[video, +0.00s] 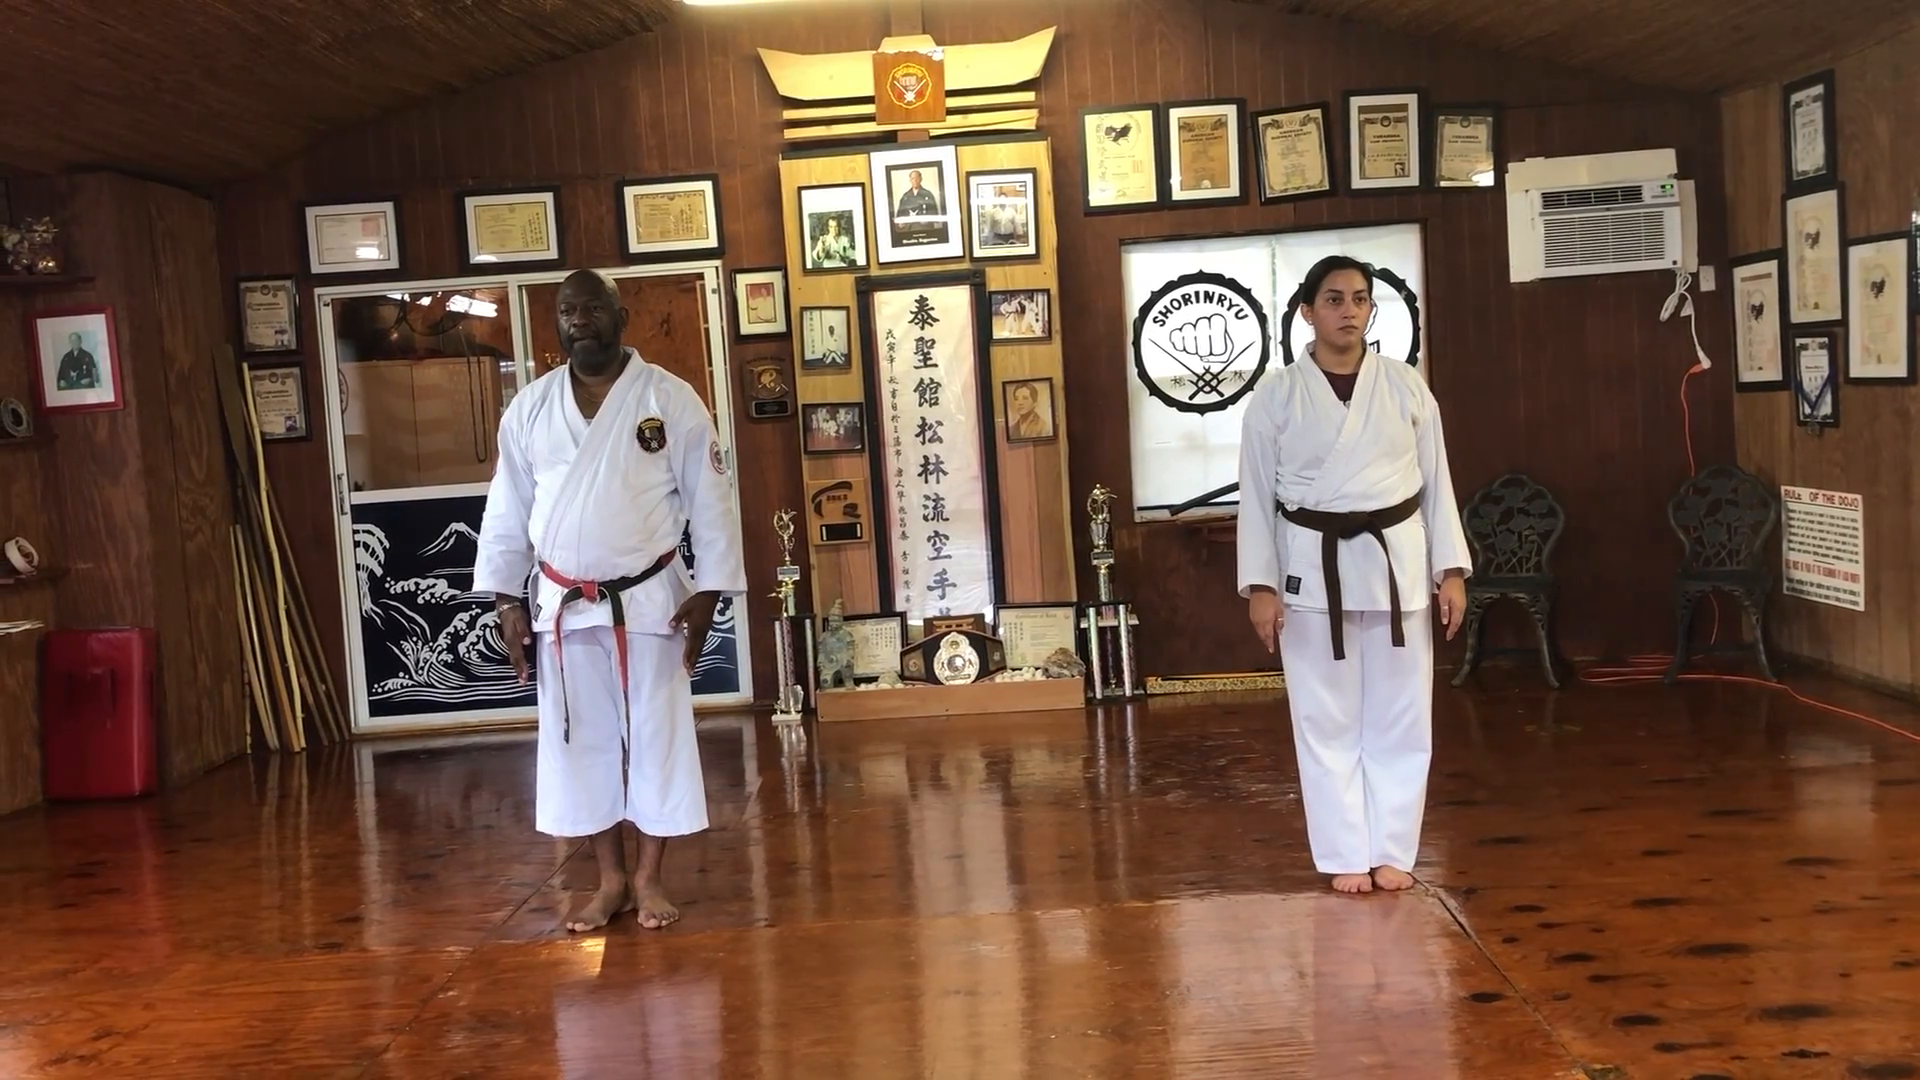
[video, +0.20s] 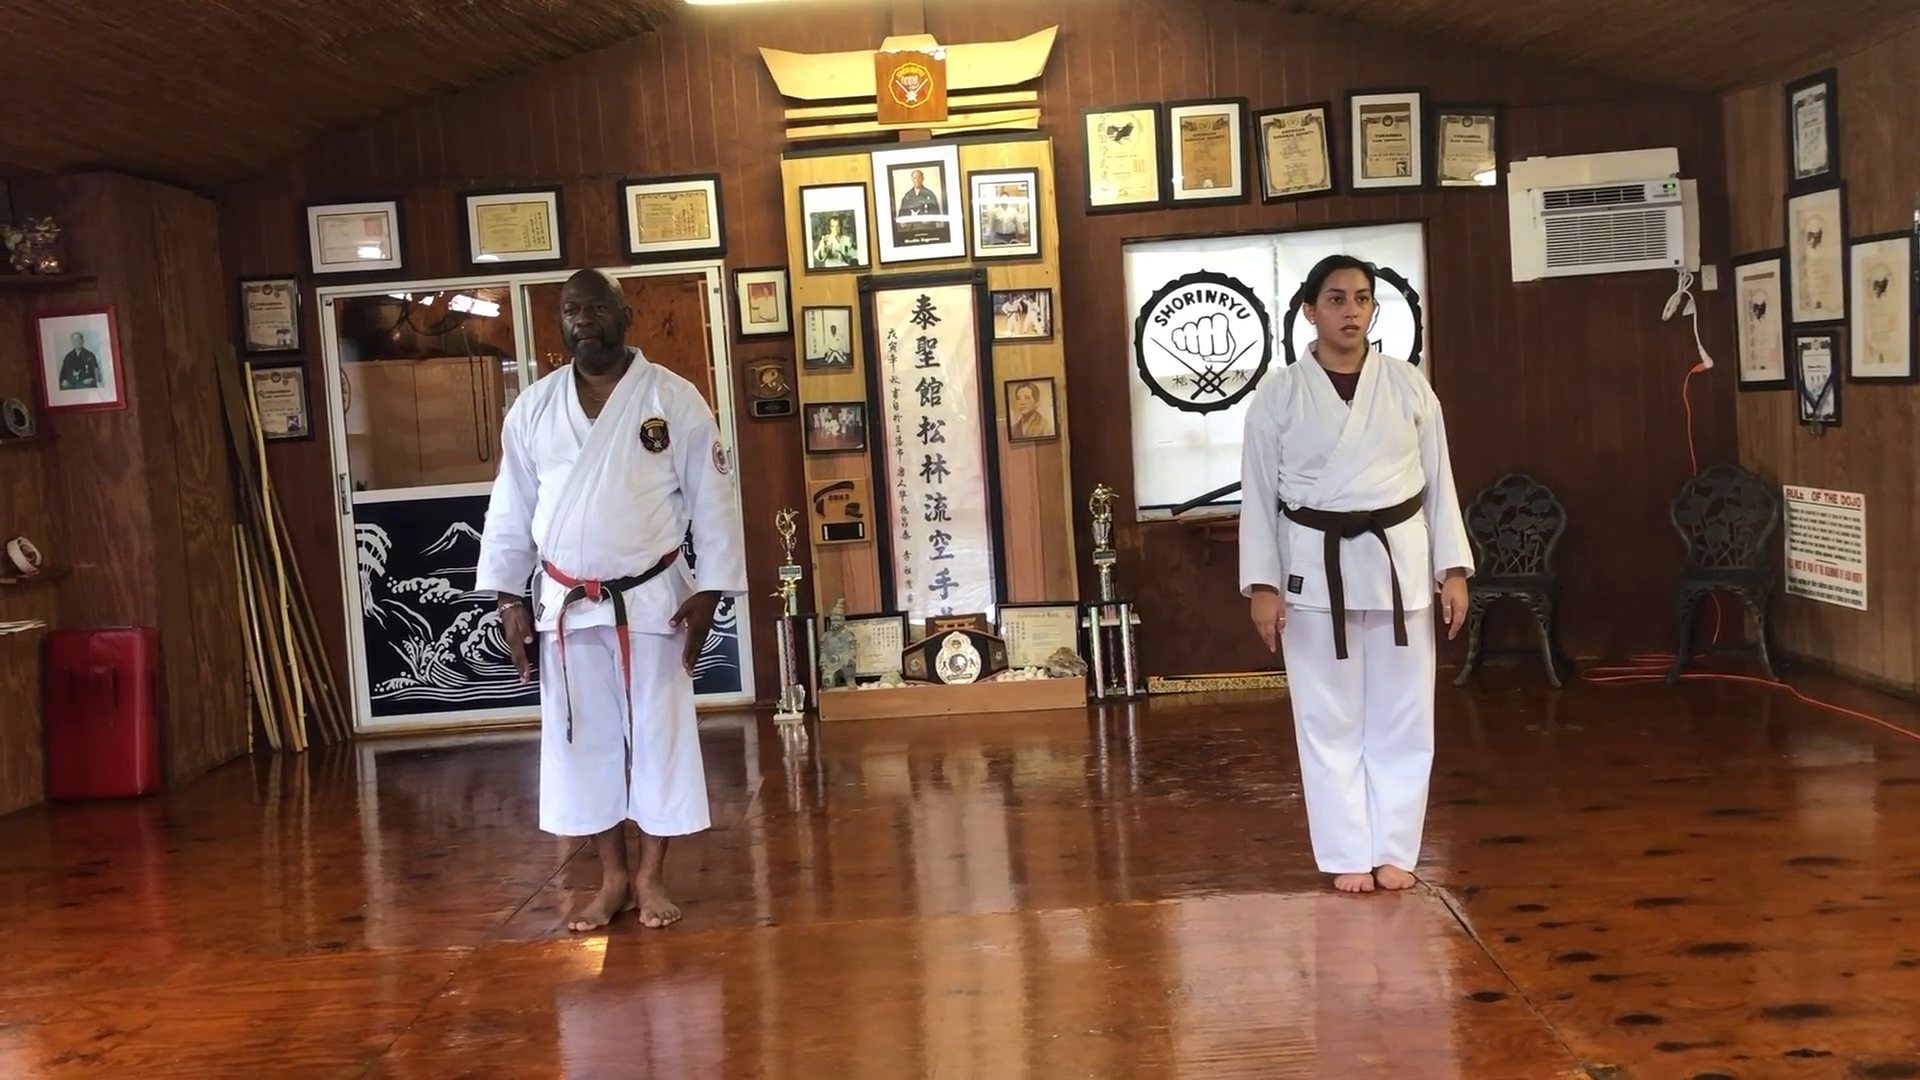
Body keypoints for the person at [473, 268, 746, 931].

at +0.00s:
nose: (581, 322)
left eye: (593, 310)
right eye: (570, 313)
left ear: (622, 318)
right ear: (556, 327)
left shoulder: (669, 398)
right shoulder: (528, 409)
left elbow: (711, 498)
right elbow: (508, 509)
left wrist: (711, 591)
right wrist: (506, 601)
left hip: (649, 592)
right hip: (563, 598)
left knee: (653, 735)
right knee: (583, 736)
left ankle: (647, 879)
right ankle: (610, 880)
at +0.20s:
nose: (583, 321)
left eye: (595, 309)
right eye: (573, 312)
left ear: (626, 318)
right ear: (559, 326)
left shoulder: (674, 399)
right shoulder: (532, 407)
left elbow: (714, 498)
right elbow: (512, 507)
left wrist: (712, 591)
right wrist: (508, 600)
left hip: (652, 591)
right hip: (566, 597)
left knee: (655, 734)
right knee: (584, 735)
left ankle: (648, 879)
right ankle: (612, 878)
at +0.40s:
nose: (587, 321)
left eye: (599, 309)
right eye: (576, 312)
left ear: (628, 317)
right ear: (562, 325)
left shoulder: (676, 398)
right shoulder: (535, 407)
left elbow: (716, 499)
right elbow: (515, 506)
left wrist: (714, 591)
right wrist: (512, 599)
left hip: (654, 591)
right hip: (569, 597)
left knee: (658, 733)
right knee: (587, 734)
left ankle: (650, 877)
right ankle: (614, 879)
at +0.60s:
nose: (588, 320)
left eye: (600, 309)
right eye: (578, 311)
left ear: (630, 317)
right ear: (564, 325)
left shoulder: (678, 398)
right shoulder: (536, 409)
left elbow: (719, 499)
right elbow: (517, 507)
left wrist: (716, 590)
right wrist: (514, 600)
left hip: (656, 591)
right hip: (570, 596)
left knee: (660, 733)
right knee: (589, 734)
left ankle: (651, 877)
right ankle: (616, 878)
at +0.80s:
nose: (588, 321)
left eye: (601, 309)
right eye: (578, 312)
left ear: (631, 317)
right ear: (565, 325)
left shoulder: (679, 398)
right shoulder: (538, 409)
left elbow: (719, 499)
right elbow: (518, 508)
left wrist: (717, 592)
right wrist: (516, 600)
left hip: (657, 591)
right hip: (571, 597)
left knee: (660, 734)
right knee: (589, 735)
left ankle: (652, 877)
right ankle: (616, 878)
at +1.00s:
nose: (590, 322)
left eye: (602, 311)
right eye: (579, 314)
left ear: (632, 318)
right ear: (566, 327)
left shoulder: (680, 400)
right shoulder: (538, 410)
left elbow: (719, 501)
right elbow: (518, 509)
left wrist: (717, 593)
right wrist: (516, 601)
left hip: (657, 593)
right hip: (572, 598)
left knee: (661, 736)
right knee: (588, 736)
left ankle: (652, 878)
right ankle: (616, 879)